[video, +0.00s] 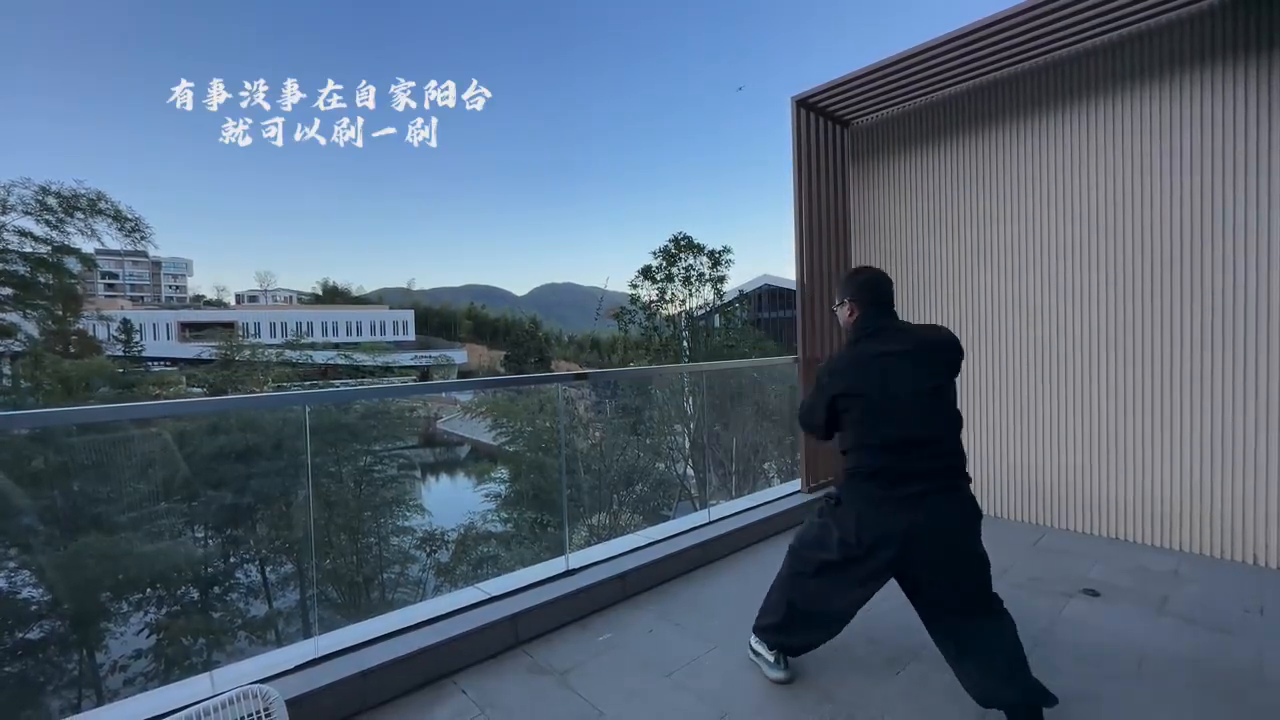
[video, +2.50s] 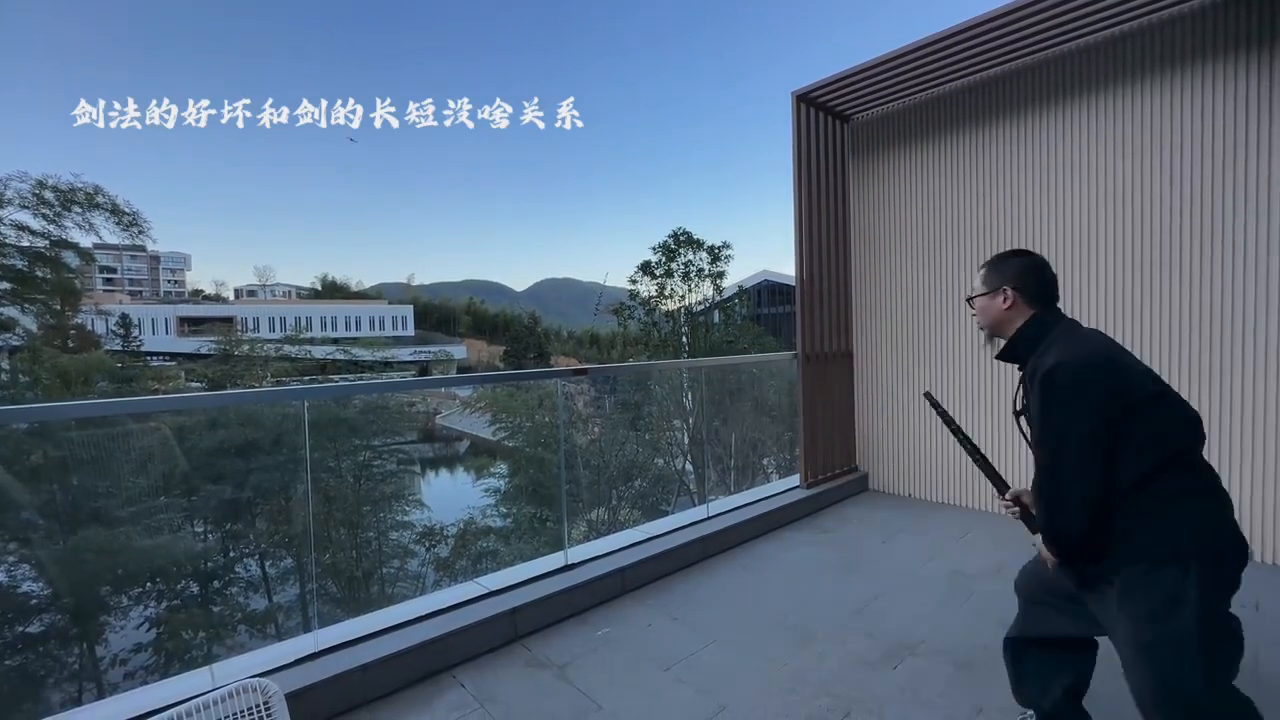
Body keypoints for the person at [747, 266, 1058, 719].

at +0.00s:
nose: (838, 316)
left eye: (839, 308)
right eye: (838, 308)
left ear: (851, 310)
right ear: (889, 305)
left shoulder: (843, 366)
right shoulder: (939, 343)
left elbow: (816, 425)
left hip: (873, 508)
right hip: (946, 504)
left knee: (811, 559)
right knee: (974, 605)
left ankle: (771, 643)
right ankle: (1024, 704)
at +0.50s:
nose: (864, 298)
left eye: (870, 290)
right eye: (865, 291)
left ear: (892, 294)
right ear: (900, 298)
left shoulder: (920, 341)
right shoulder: (880, 352)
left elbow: (865, 327)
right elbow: (830, 392)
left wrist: (825, 309)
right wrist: (801, 344)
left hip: (875, 498)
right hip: (916, 501)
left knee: (807, 559)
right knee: (924, 613)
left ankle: (773, 644)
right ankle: (1006, 704)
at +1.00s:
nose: (876, 289)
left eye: (874, 280)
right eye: (867, 281)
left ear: (828, 289)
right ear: (847, 288)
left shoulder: (811, 344)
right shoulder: (876, 327)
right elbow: (915, 319)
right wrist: (886, 302)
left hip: (839, 495)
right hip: (903, 491)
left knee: (813, 565)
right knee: (963, 579)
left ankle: (771, 644)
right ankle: (986, 693)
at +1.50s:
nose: (910, 325)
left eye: (908, 317)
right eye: (909, 317)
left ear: (863, 315)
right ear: (903, 319)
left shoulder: (847, 357)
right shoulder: (881, 357)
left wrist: (911, 440)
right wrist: (904, 439)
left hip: (811, 498)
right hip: (867, 504)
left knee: (812, 560)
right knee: (956, 582)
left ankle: (773, 643)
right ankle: (991, 702)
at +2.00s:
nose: (818, 343)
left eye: (820, 335)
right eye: (818, 336)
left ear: (837, 337)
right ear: (871, 332)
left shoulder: (845, 377)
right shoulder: (915, 363)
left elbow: (812, 432)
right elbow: (877, 399)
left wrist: (811, 387)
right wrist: (823, 379)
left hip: (879, 522)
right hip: (944, 521)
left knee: (805, 559)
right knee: (953, 613)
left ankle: (768, 639)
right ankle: (1029, 706)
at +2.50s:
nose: (972, 308)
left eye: (977, 296)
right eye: (973, 298)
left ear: (1007, 299)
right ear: (1015, 300)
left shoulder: (1061, 367)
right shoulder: (1075, 349)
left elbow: (1072, 488)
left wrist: (1058, 546)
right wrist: (1042, 498)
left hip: (1168, 557)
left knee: (1181, 702)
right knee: (1040, 584)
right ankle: (1055, 709)